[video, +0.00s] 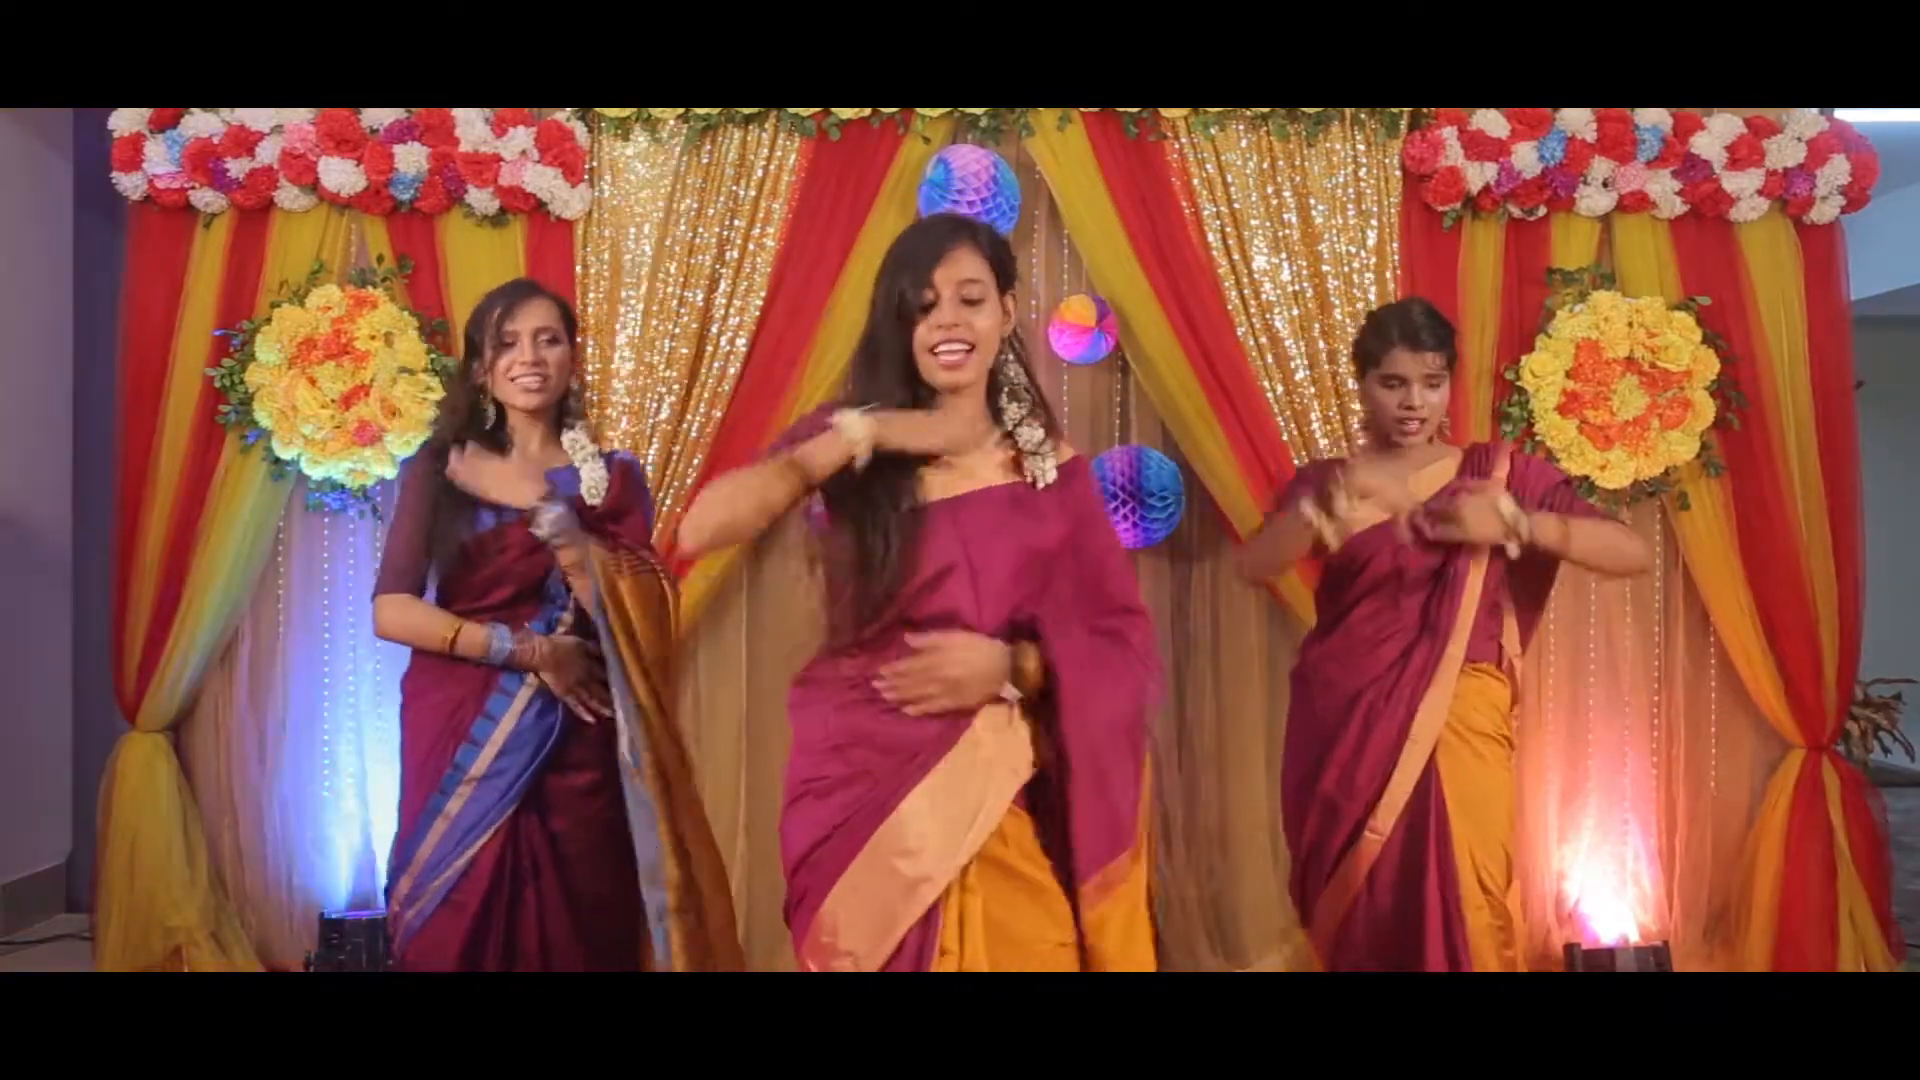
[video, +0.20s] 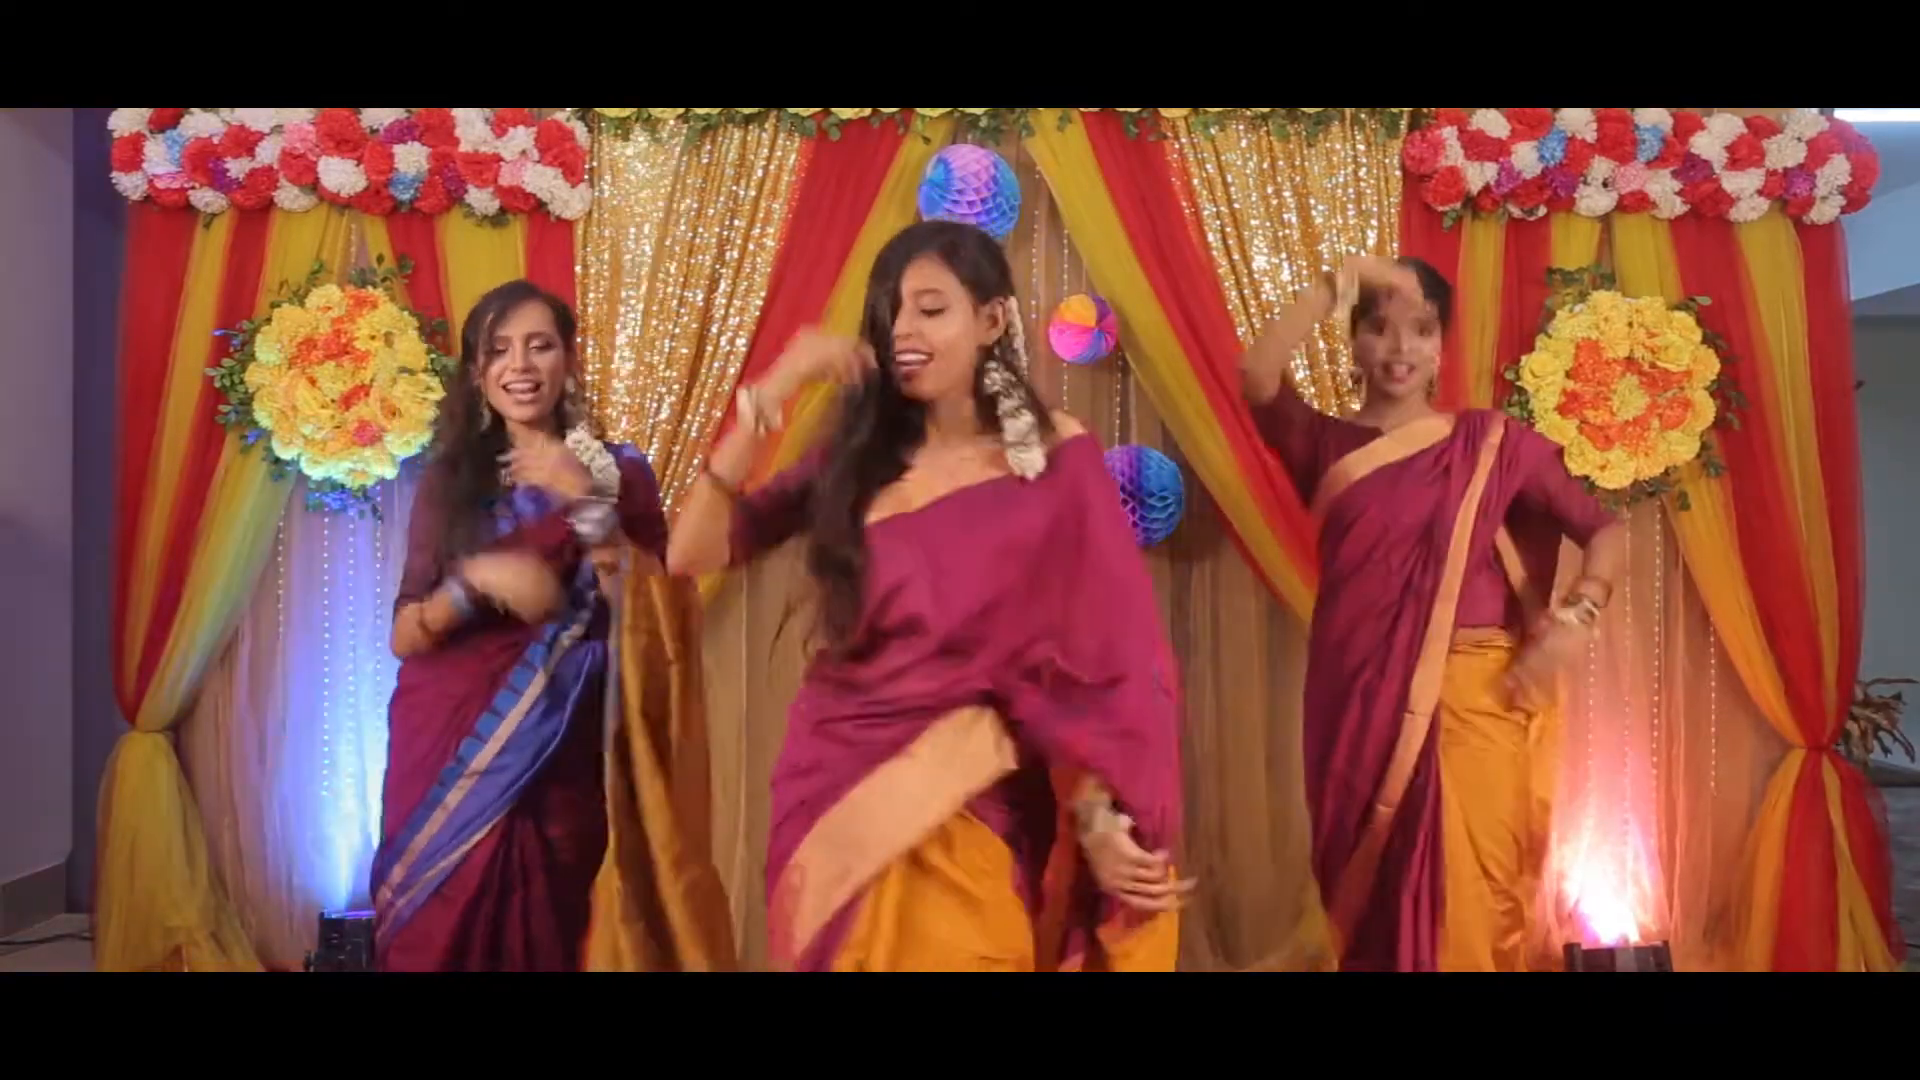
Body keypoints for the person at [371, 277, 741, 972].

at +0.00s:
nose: (530, 357)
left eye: (548, 340)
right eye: (509, 344)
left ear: (574, 362)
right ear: (482, 371)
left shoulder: (614, 474)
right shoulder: (442, 467)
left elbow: (644, 615)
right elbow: (392, 612)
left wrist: (543, 503)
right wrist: (526, 650)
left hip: (580, 741)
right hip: (461, 745)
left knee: (585, 935)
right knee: (465, 930)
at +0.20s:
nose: (522, 362)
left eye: (541, 345)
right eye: (501, 348)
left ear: (569, 361)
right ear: (477, 370)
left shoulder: (619, 472)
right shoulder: (450, 477)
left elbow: (651, 616)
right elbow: (404, 634)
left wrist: (587, 506)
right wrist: (473, 577)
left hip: (567, 728)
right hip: (448, 725)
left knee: (550, 926)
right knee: (437, 923)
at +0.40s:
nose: (517, 373)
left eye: (536, 353)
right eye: (499, 354)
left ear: (568, 360)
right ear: (472, 362)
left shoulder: (608, 459)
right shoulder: (450, 454)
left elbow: (671, 593)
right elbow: (408, 538)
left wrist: (620, 554)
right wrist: (462, 412)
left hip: (576, 701)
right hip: (461, 696)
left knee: (567, 905)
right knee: (451, 896)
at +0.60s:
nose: (510, 380)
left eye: (531, 363)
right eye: (494, 363)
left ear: (566, 376)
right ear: (470, 377)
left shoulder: (607, 484)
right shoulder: (445, 475)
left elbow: (695, 597)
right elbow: (403, 523)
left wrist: (640, 617)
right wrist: (461, 391)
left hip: (588, 741)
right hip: (470, 743)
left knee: (599, 934)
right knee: (472, 932)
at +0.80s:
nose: (512, 354)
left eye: (533, 337)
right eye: (494, 336)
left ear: (564, 359)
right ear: (468, 350)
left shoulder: (605, 460)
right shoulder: (447, 459)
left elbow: (715, 552)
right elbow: (394, 532)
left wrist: (633, 619)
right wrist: (446, 399)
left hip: (574, 709)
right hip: (457, 710)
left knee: (585, 921)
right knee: (455, 918)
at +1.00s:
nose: (504, 356)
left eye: (530, 345)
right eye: (489, 339)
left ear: (558, 376)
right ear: (464, 363)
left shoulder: (581, 470)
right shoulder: (442, 474)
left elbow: (685, 586)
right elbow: (343, 566)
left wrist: (583, 665)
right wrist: (364, 444)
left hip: (549, 716)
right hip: (442, 718)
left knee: (544, 931)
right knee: (427, 922)